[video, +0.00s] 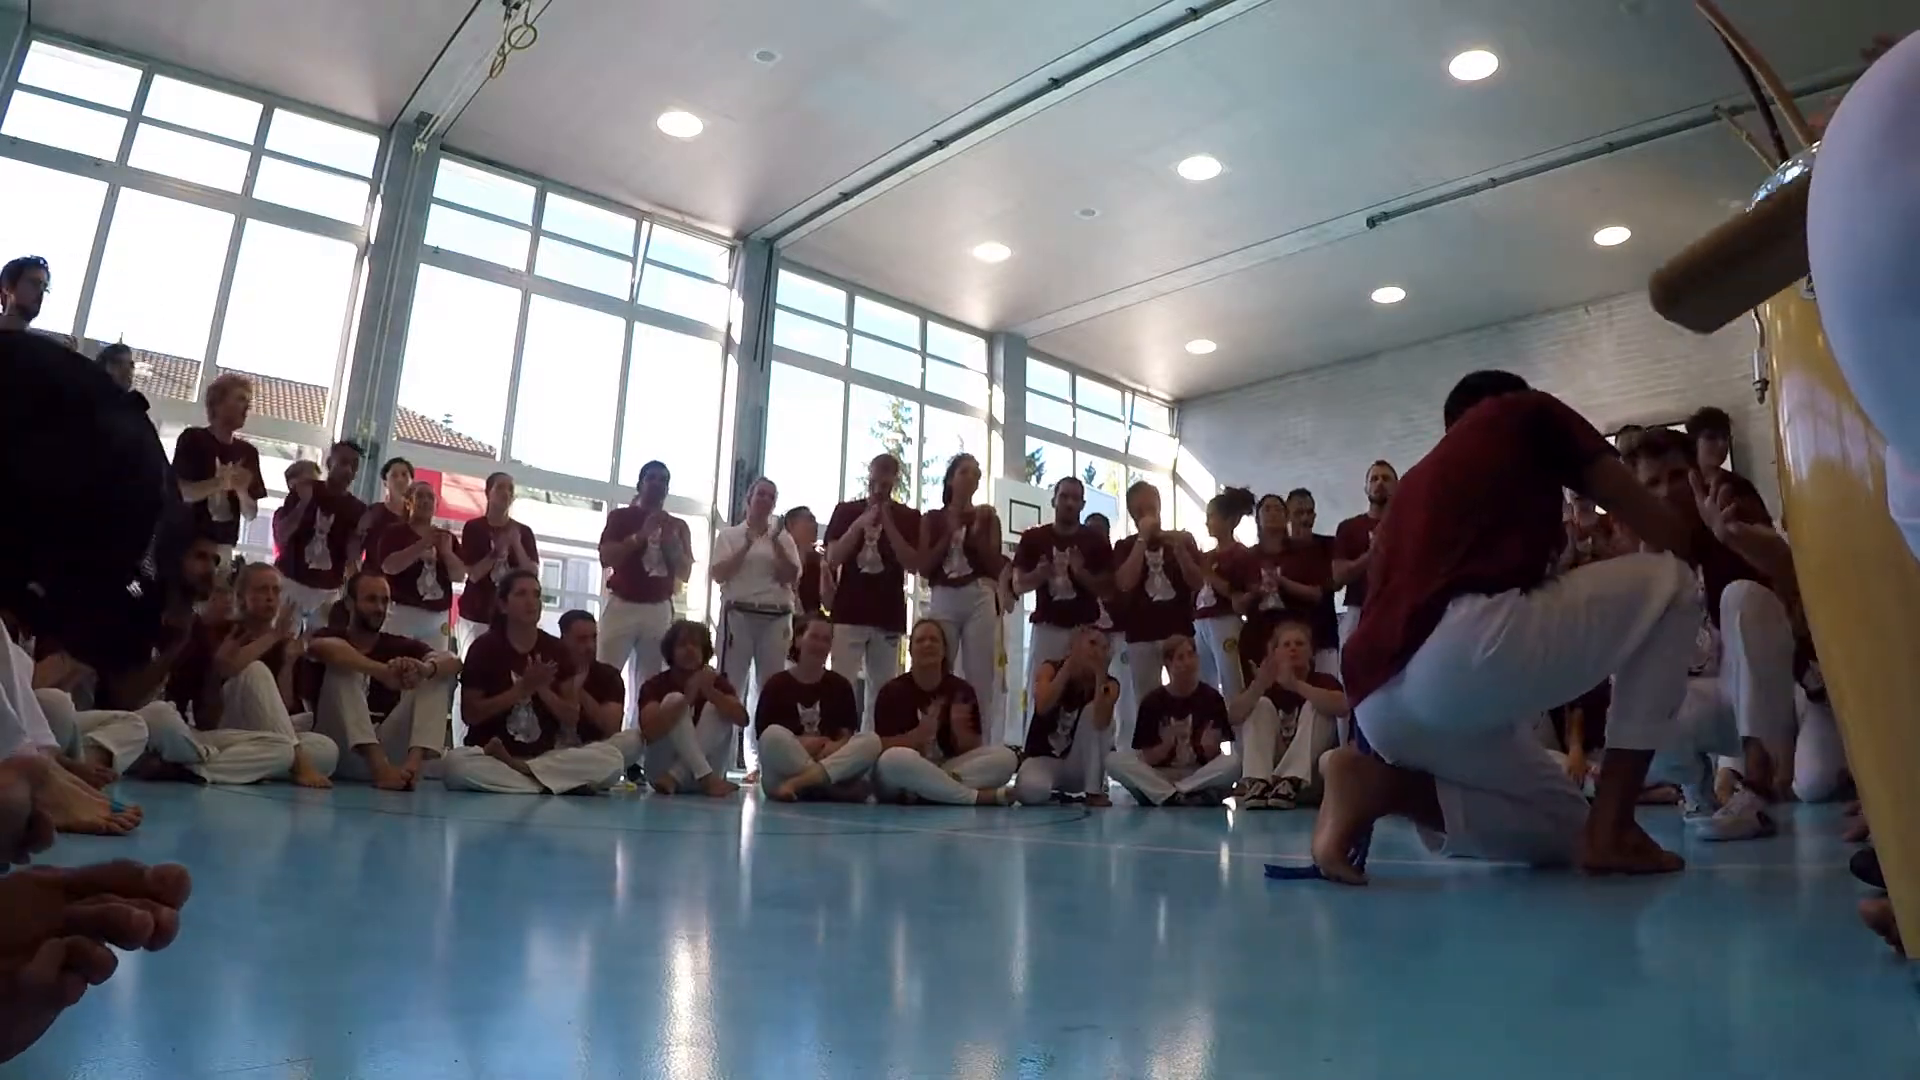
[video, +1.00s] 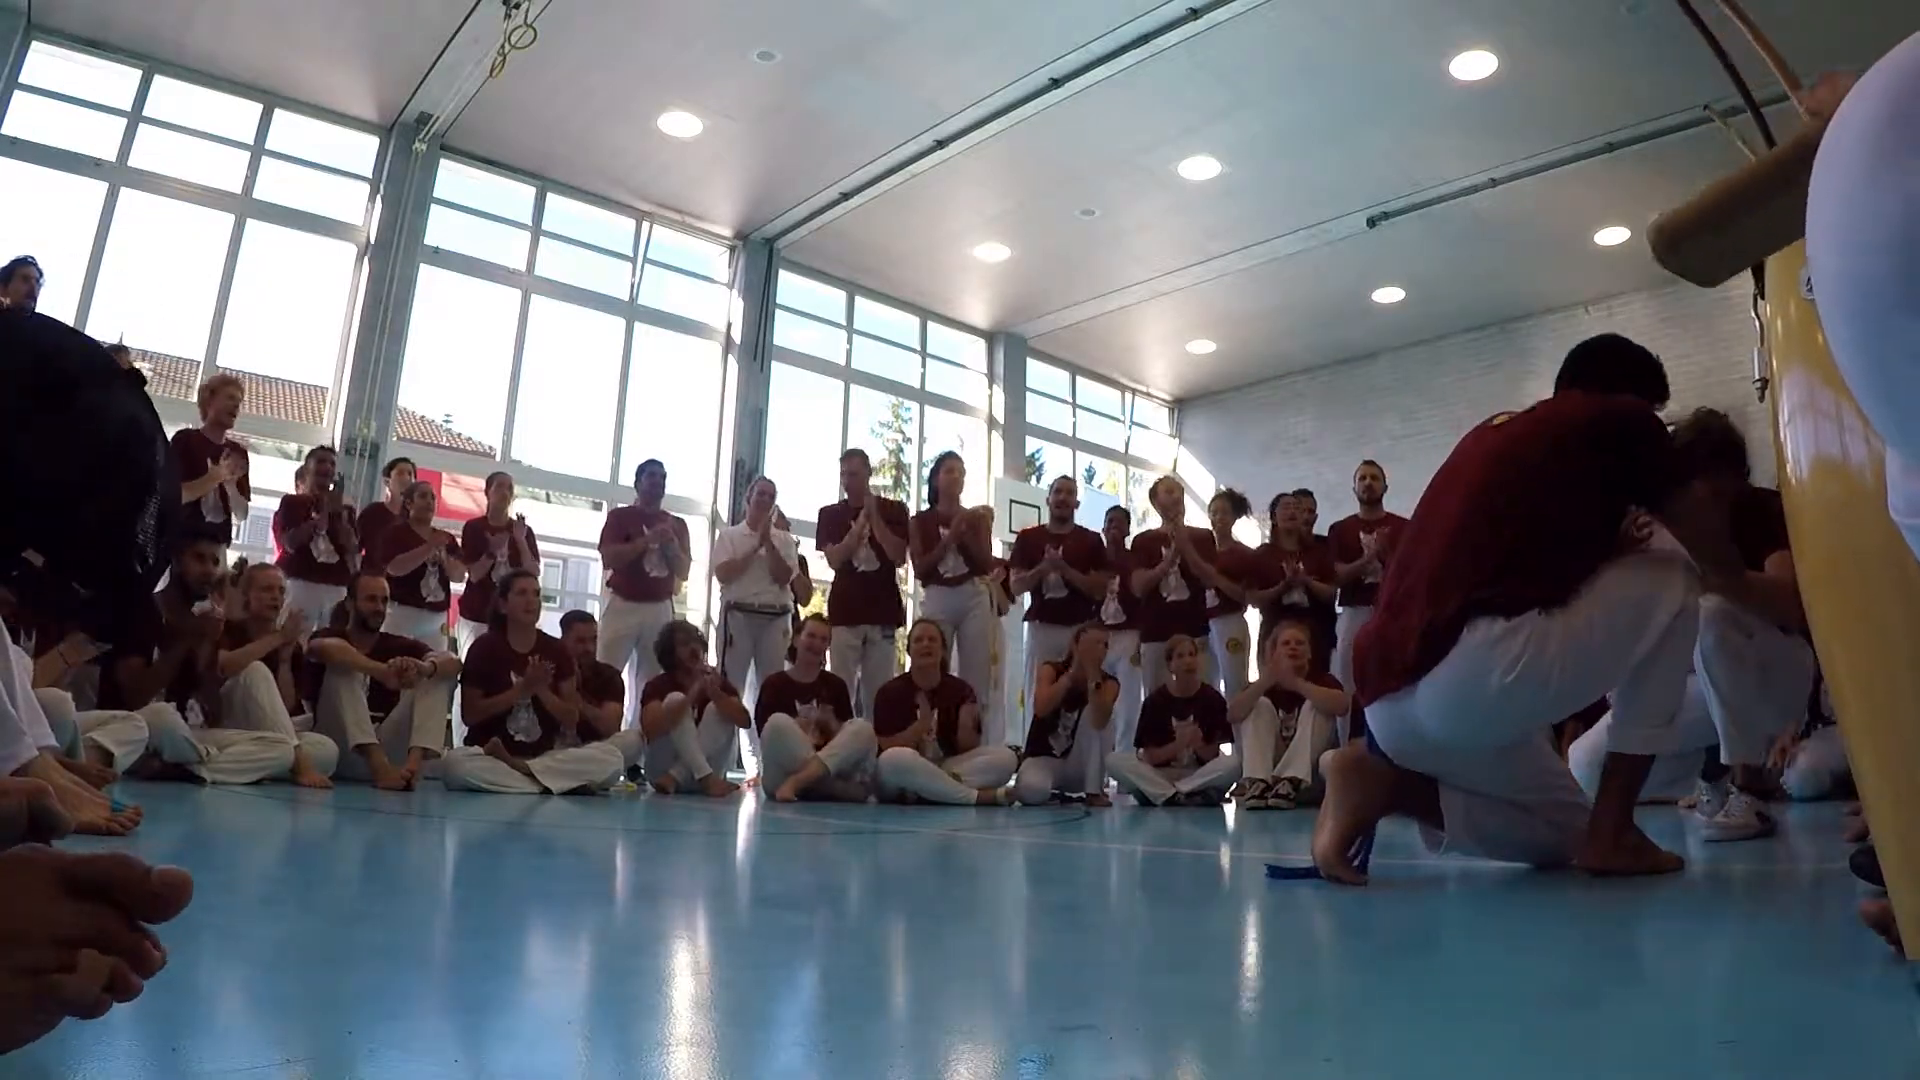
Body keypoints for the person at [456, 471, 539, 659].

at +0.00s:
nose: (506, 493)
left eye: (510, 489)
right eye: (500, 488)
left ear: (513, 495)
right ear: (488, 492)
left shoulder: (524, 532)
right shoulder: (473, 527)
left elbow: (532, 573)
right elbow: (473, 575)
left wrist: (517, 545)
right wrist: (494, 554)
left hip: (511, 617)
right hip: (475, 614)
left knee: (504, 678)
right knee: (472, 678)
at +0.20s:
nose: (505, 493)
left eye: (509, 489)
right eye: (499, 488)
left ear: (513, 495)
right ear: (488, 492)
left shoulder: (524, 532)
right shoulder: (473, 527)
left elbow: (532, 574)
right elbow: (473, 575)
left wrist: (513, 551)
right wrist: (495, 556)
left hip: (510, 618)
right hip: (475, 615)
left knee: (505, 680)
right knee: (471, 679)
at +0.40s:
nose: (505, 493)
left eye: (509, 489)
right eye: (499, 488)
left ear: (513, 495)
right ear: (488, 492)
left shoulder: (524, 532)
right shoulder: (473, 527)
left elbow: (533, 573)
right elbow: (473, 575)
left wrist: (519, 550)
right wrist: (493, 553)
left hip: (510, 618)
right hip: (475, 615)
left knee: (505, 679)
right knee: (472, 678)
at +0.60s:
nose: (505, 493)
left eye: (510, 489)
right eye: (500, 488)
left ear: (513, 495)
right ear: (488, 492)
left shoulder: (523, 531)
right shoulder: (473, 527)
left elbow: (533, 573)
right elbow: (473, 575)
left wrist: (519, 544)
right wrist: (492, 553)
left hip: (511, 617)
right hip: (475, 614)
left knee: (504, 678)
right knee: (472, 677)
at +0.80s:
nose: (505, 493)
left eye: (509, 489)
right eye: (499, 487)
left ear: (513, 495)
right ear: (487, 492)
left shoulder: (524, 532)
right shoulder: (472, 527)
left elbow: (533, 574)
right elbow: (474, 575)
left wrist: (516, 549)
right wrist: (500, 551)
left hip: (511, 619)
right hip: (474, 615)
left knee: (505, 681)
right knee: (471, 680)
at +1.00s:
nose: (505, 492)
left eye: (509, 488)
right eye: (499, 487)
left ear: (513, 495)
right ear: (487, 492)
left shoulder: (523, 530)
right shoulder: (473, 527)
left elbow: (534, 572)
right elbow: (474, 575)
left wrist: (521, 540)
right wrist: (492, 552)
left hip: (511, 617)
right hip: (475, 613)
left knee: (505, 680)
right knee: (471, 678)